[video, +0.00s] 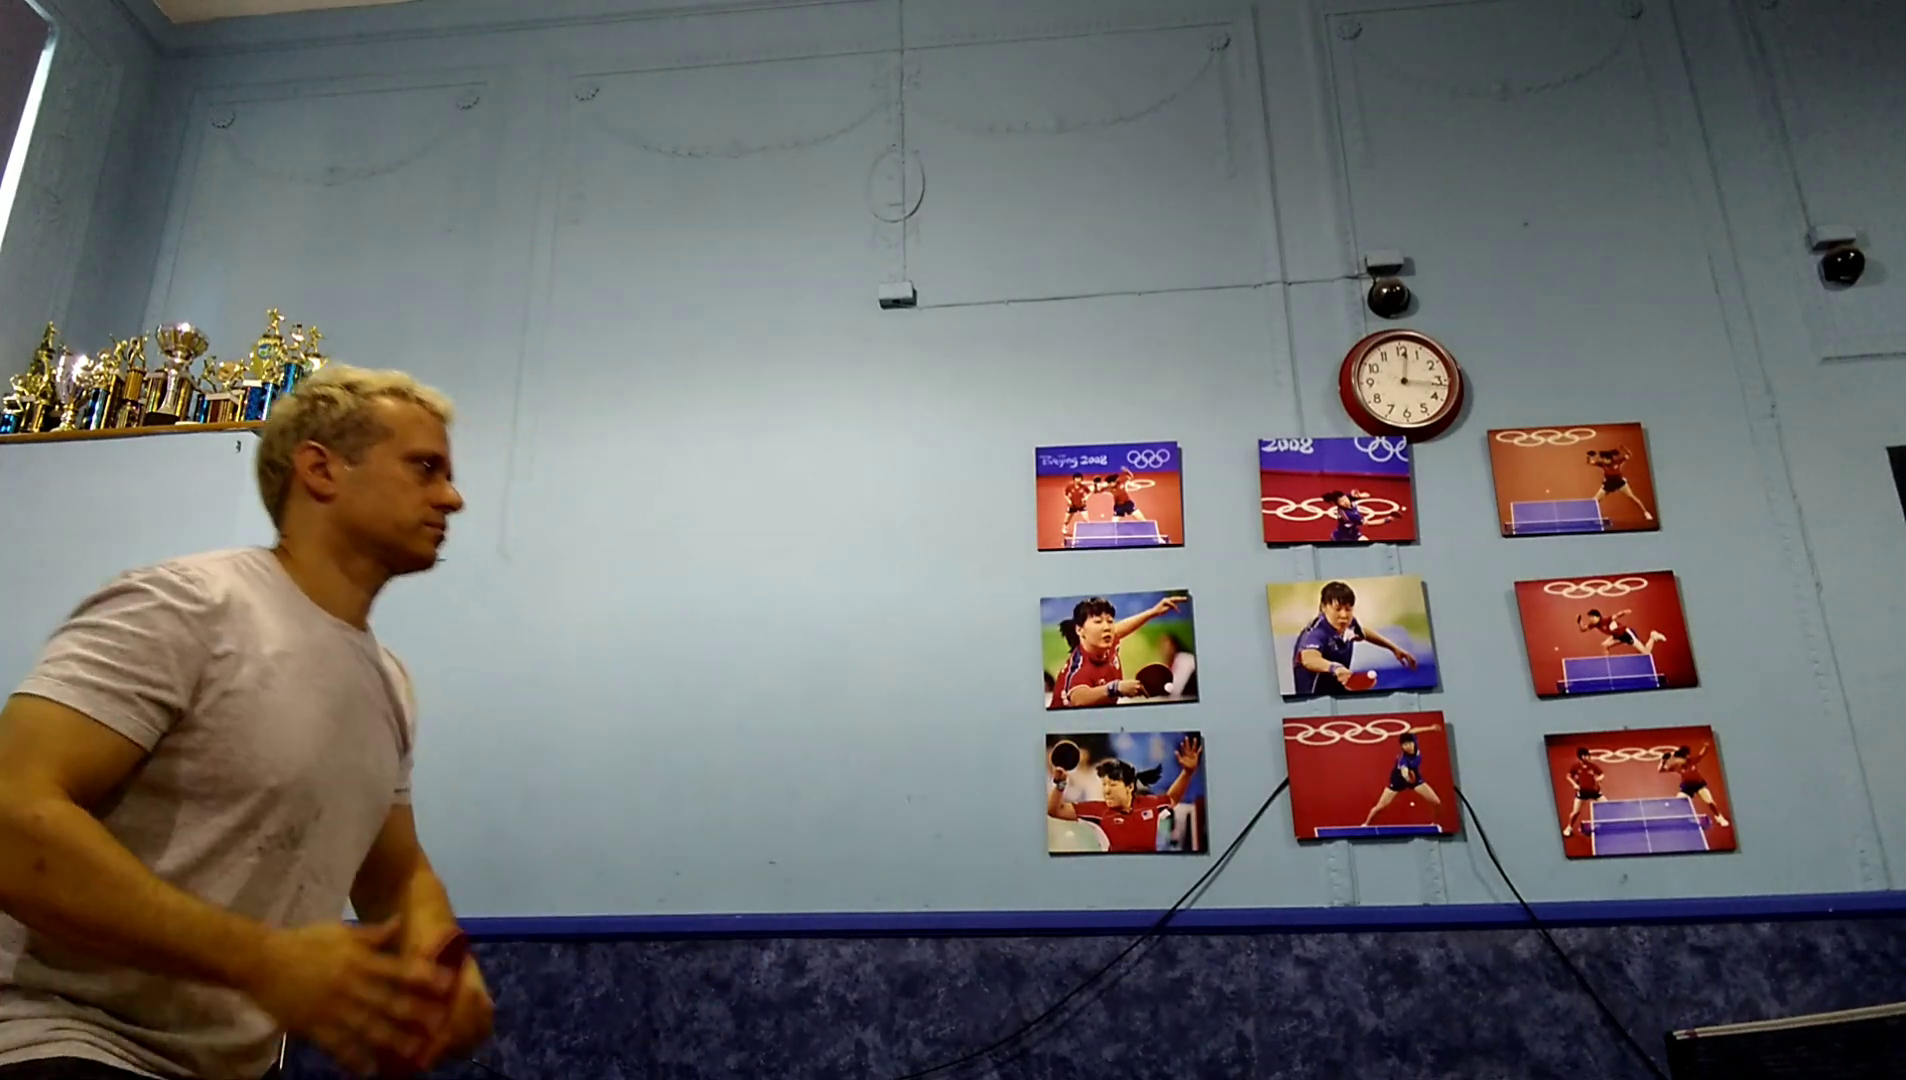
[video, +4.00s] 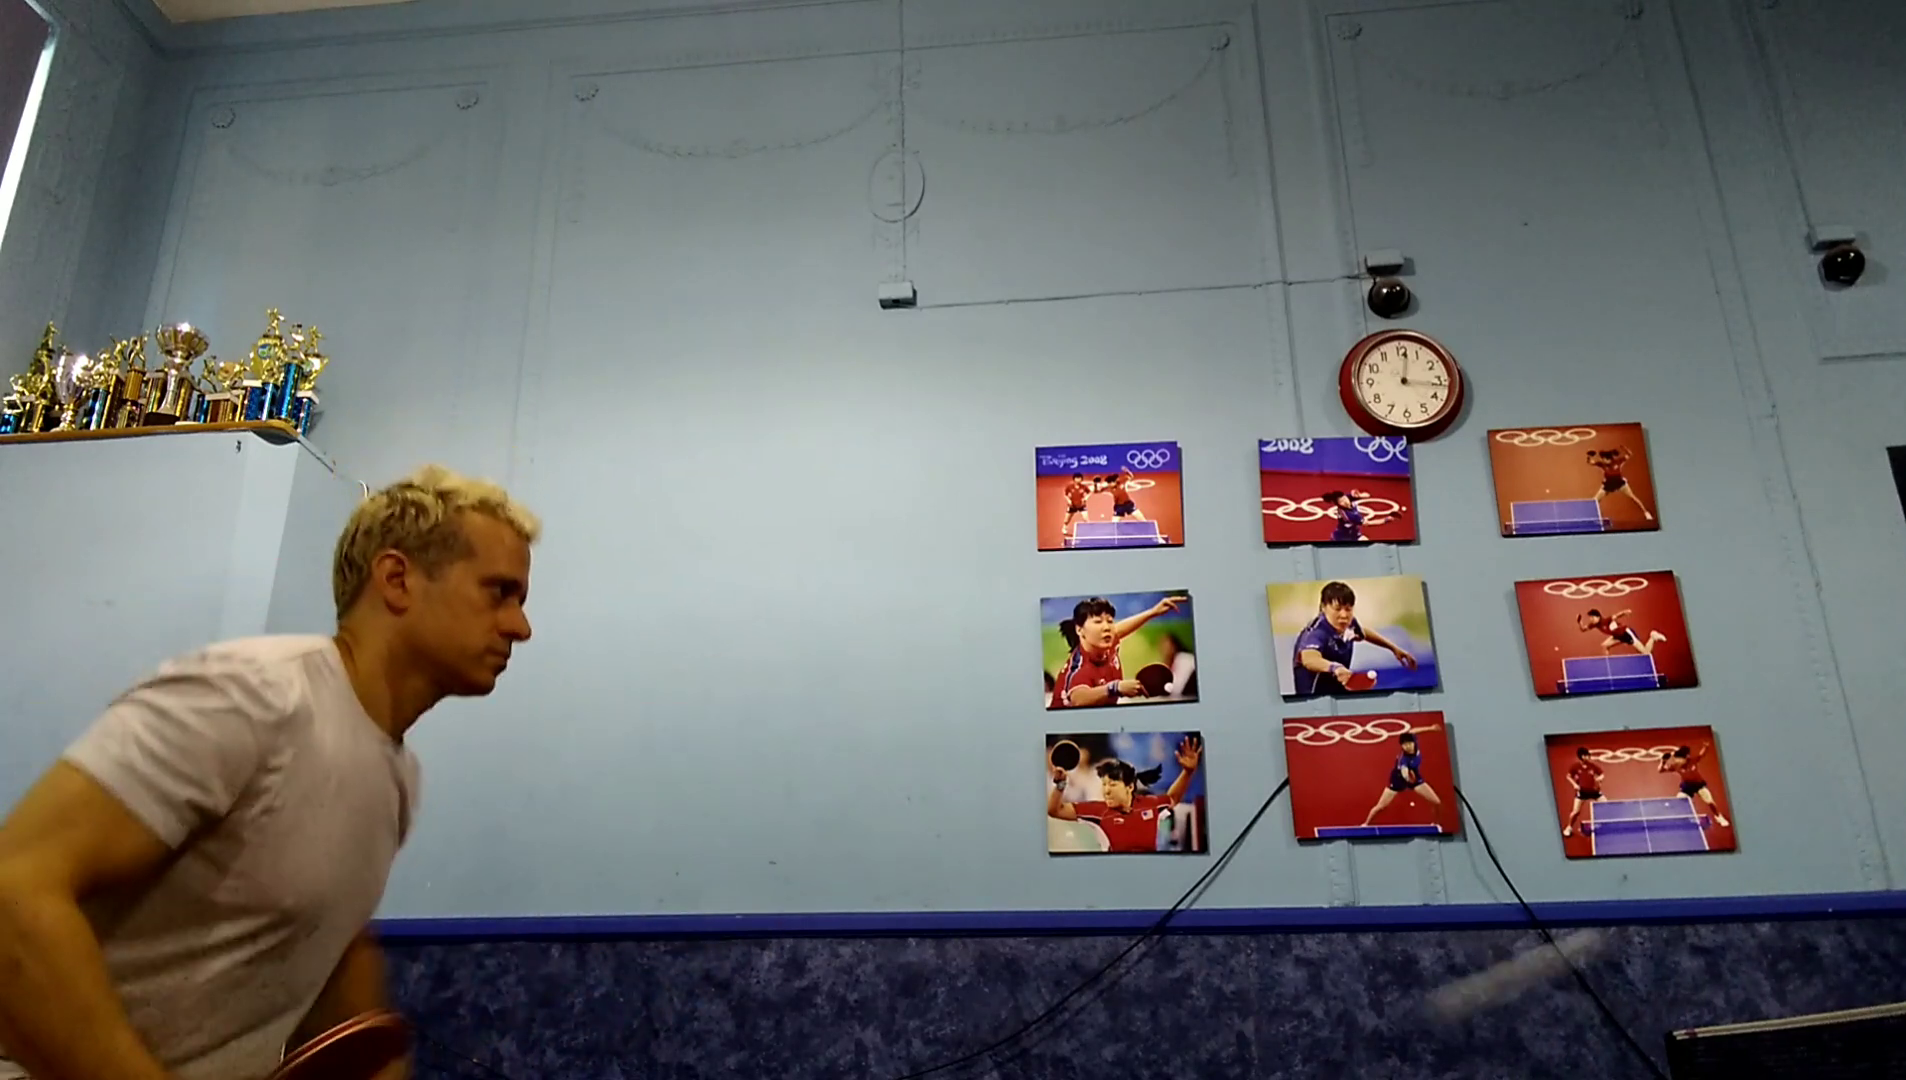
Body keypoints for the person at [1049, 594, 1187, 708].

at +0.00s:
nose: (1107, 628)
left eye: (1110, 622)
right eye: (1098, 622)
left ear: (1114, 626)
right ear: (1080, 630)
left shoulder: (1109, 644)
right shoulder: (1079, 666)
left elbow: (1119, 630)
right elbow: (1078, 698)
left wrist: (1154, 612)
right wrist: (1115, 687)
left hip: (1102, 724)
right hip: (1070, 729)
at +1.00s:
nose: (1107, 628)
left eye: (1110, 622)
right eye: (1098, 622)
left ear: (1114, 626)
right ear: (1080, 630)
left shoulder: (1109, 644)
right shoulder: (1078, 666)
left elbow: (1120, 629)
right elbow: (1078, 698)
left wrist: (1154, 611)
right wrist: (1115, 687)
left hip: (1102, 724)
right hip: (1069, 729)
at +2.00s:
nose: (1107, 628)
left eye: (1110, 622)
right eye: (1098, 622)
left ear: (1114, 626)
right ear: (1080, 630)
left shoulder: (1109, 644)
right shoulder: (1079, 666)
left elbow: (1120, 629)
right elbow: (1078, 698)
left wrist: (1154, 611)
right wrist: (1115, 687)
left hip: (1102, 724)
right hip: (1069, 729)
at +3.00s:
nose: (1107, 628)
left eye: (1110, 622)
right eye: (1098, 622)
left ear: (1114, 626)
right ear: (1080, 630)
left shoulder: (1109, 645)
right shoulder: (1079, 666)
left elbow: (1118, 630)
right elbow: (1078, 698)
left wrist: (1153, 612)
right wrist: (1115, 687)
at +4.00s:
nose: (1107, 628)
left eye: (1110, 622)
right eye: (1098, 622)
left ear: (1114, 626)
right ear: (1080, 630)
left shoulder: (1109, 645)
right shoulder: (1079, 666)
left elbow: (1118, 630)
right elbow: (1078, 698)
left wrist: (1154, 612)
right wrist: (1115, 687)